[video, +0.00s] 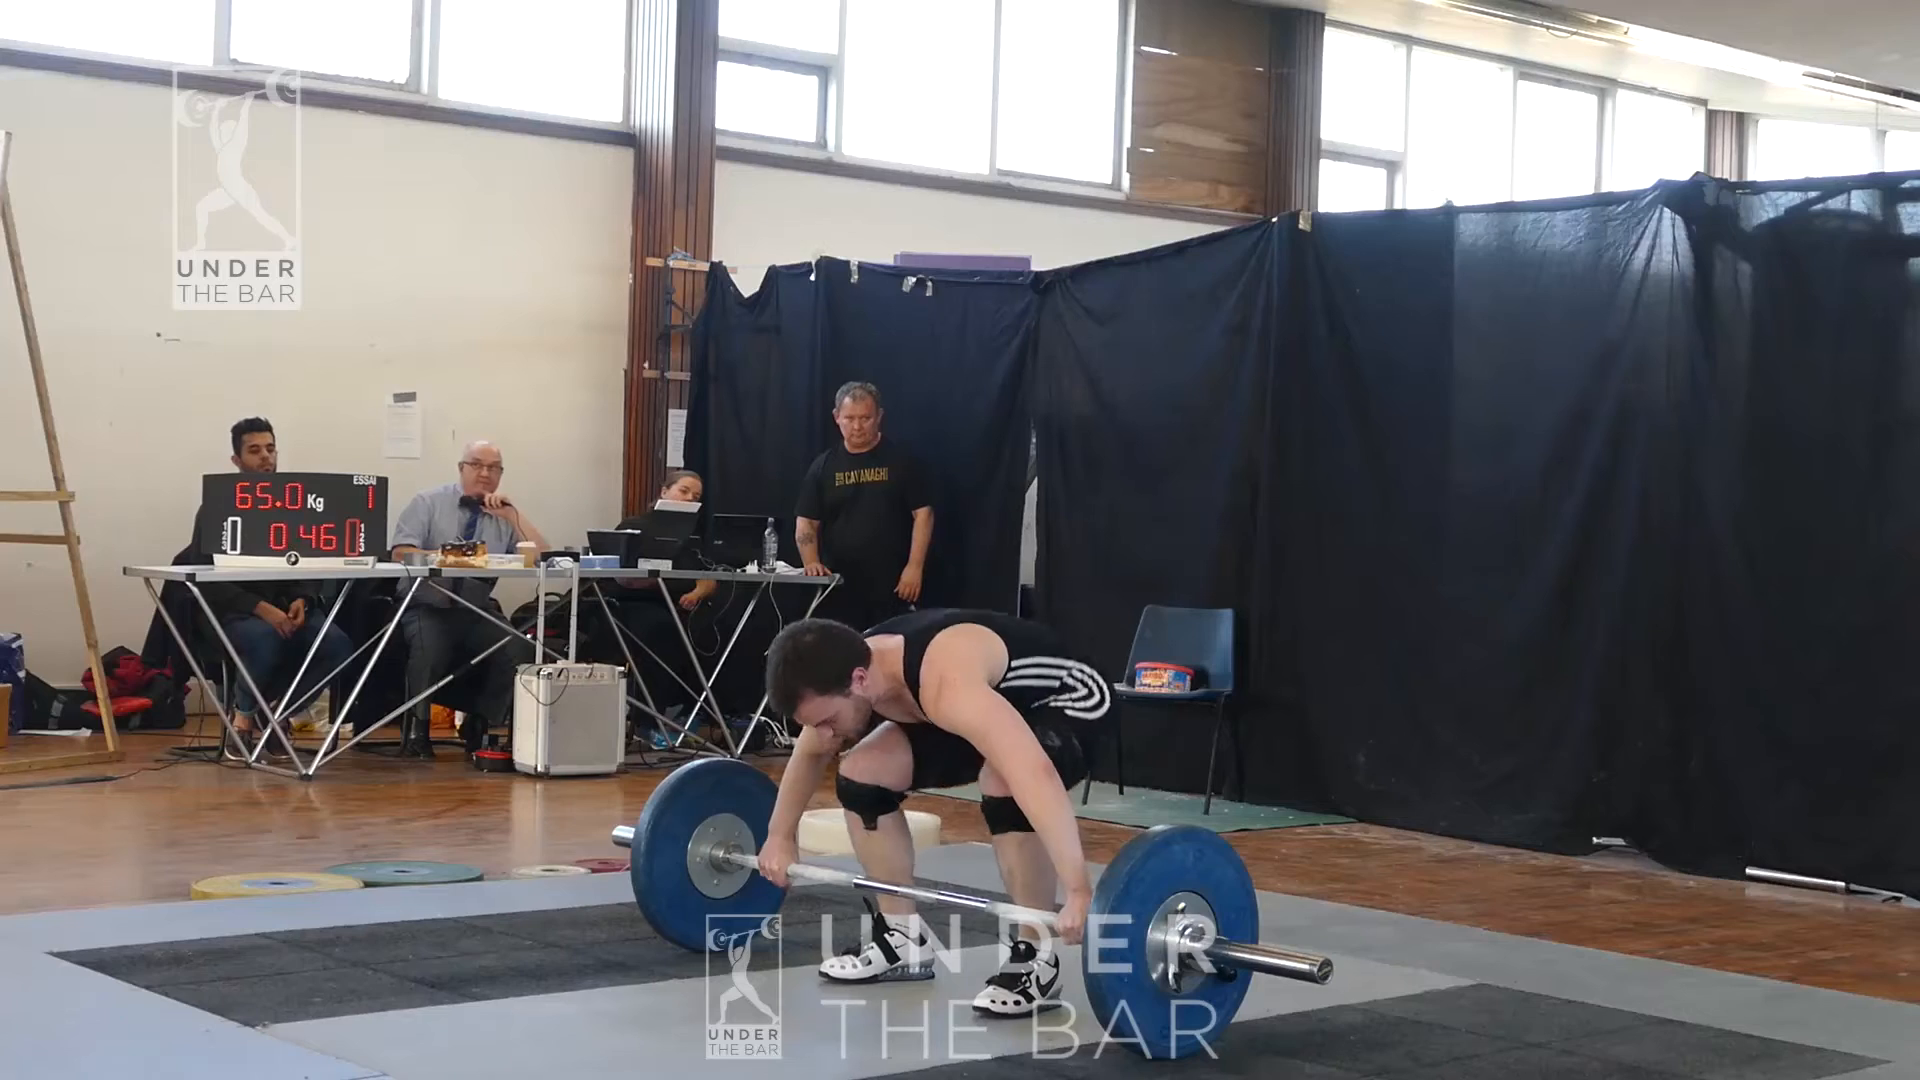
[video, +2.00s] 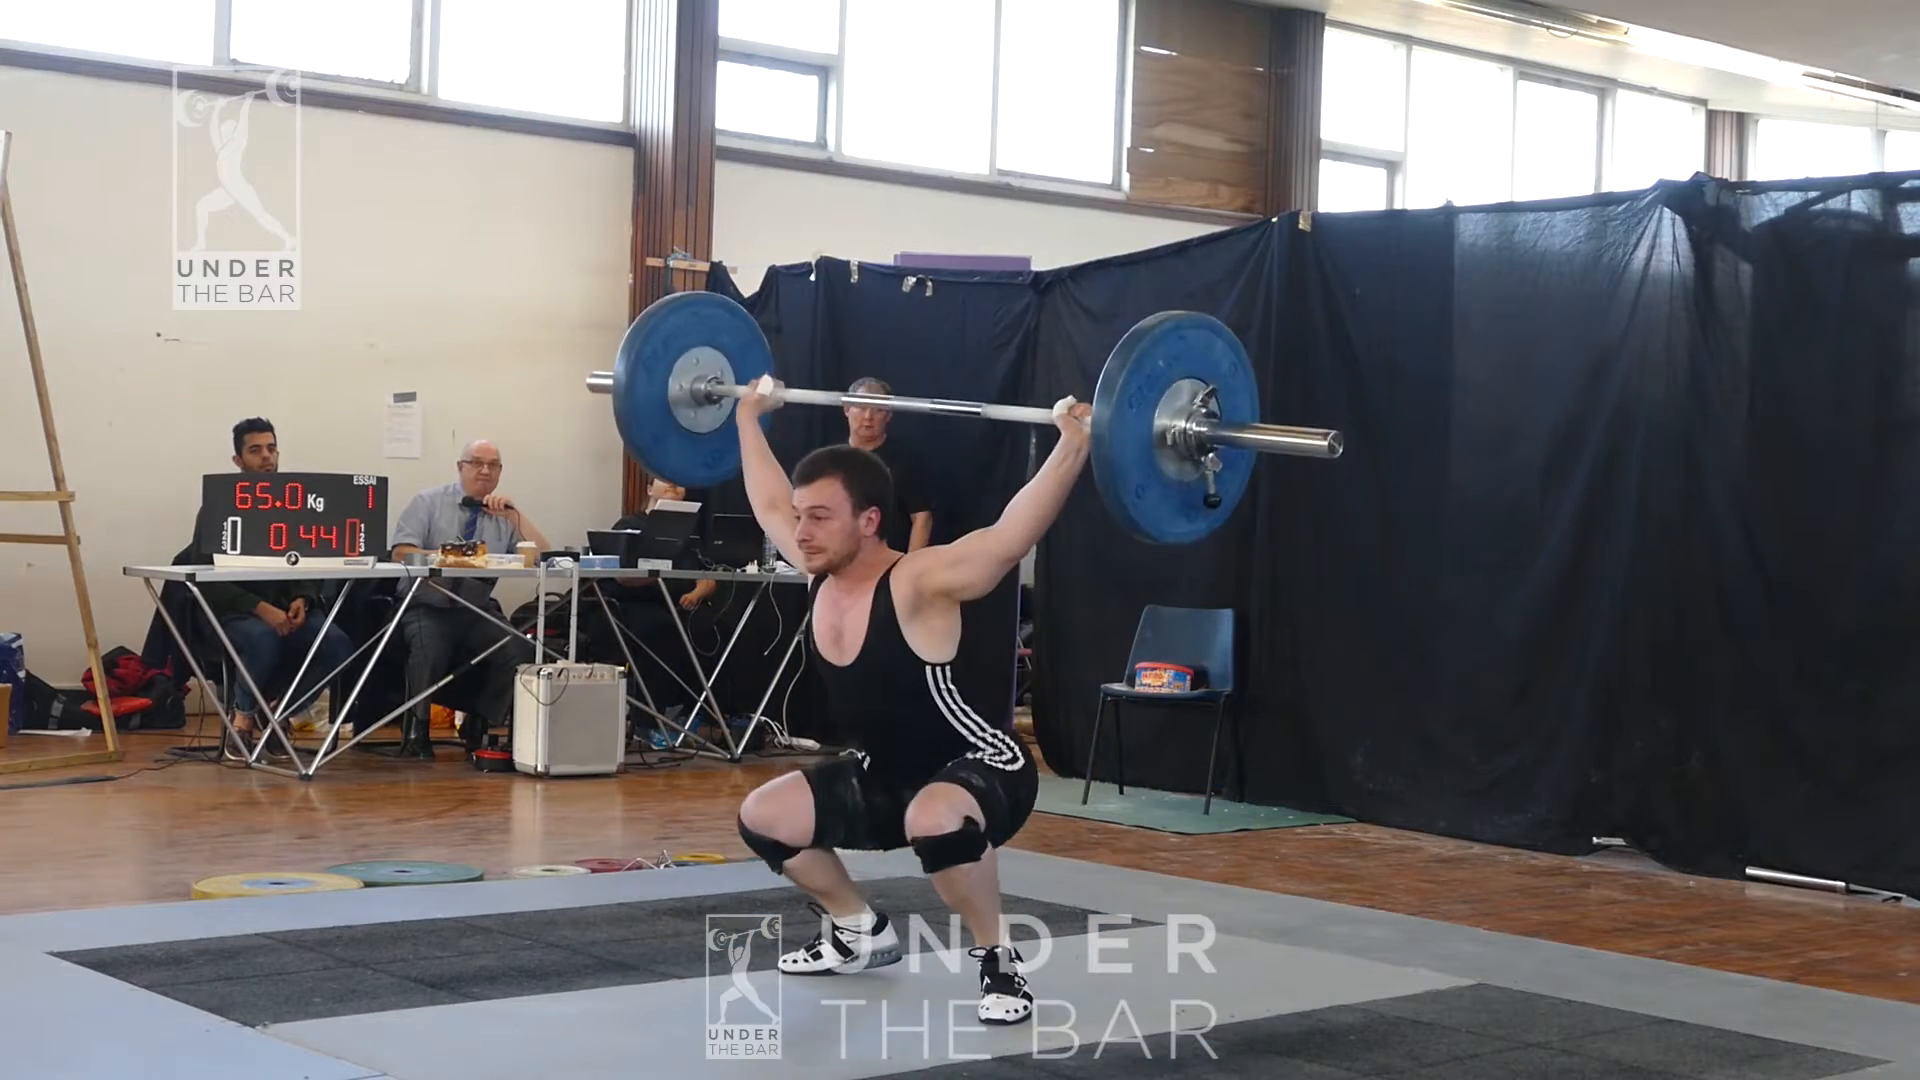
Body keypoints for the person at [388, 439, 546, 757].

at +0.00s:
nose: (485, 473)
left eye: (494, 468)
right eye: (476, 465)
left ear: (501, 475)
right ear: (461, 469)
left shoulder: (503, 516)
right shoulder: (427, 503)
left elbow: (541, 555)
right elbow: (402, 552)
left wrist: (515, 515)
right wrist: (446, 560)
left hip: (478, 609)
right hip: (429, 605)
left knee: (518, 651)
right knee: (430, 649)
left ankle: (477, 727)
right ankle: (417, 732)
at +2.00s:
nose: (485, 471)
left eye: (493, 465)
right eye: (476, 464)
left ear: (500, 473)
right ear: (460, 468)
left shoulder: (504, 516)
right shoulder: (428, 502)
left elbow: (545, 555)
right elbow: (401, 551)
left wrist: (516, 515)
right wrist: (443, 562)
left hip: (478, 609)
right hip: (429, 606)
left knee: (518, 652)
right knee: (429, 651)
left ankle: (477, 725)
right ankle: (417, 730)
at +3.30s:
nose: (438, 469)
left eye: (449, 463)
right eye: (432, 462)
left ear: (467, 468)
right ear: (426, 465)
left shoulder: (486, 507)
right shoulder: (405, 503)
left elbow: (537, 548)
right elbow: (392, 547)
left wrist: (509, 531)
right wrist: (445, 550)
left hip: (473, 605)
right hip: (422, 604)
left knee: (515, 649)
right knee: (431, 641)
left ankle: (478, 726)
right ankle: (422, 729)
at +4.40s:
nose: (402, 468)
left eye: (412, 461)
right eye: (397, 460)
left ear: (433, 464)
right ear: (391, 462)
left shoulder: (461, 499)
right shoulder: (380, 501)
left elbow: (508, 533)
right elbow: (367, 554)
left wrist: (504, 547)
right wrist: (404, 535)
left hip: (461, 599)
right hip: (409, 604)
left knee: (503, 657)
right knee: (445, 659)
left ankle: (479, 727)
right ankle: (444, 721)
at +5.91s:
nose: (379, 471)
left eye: (388, 463)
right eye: (374, 463)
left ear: (411, 465)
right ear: (370, 465)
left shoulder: (442, 498)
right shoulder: (367, 506)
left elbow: (490, 525)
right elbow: (354, 551)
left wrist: (504, 542)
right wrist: (406, 552)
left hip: (456, 597)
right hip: (406, 605)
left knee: (503, 653)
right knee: (444, 660)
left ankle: (480, 727)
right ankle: (446, 723)